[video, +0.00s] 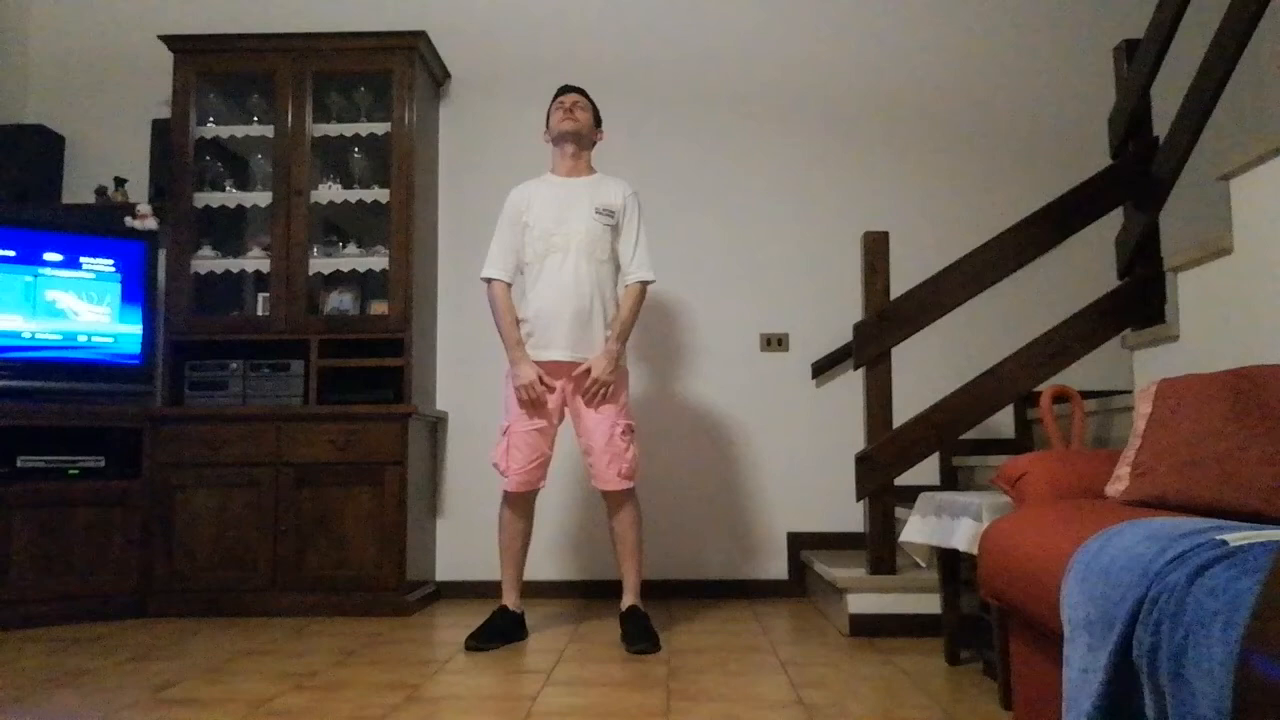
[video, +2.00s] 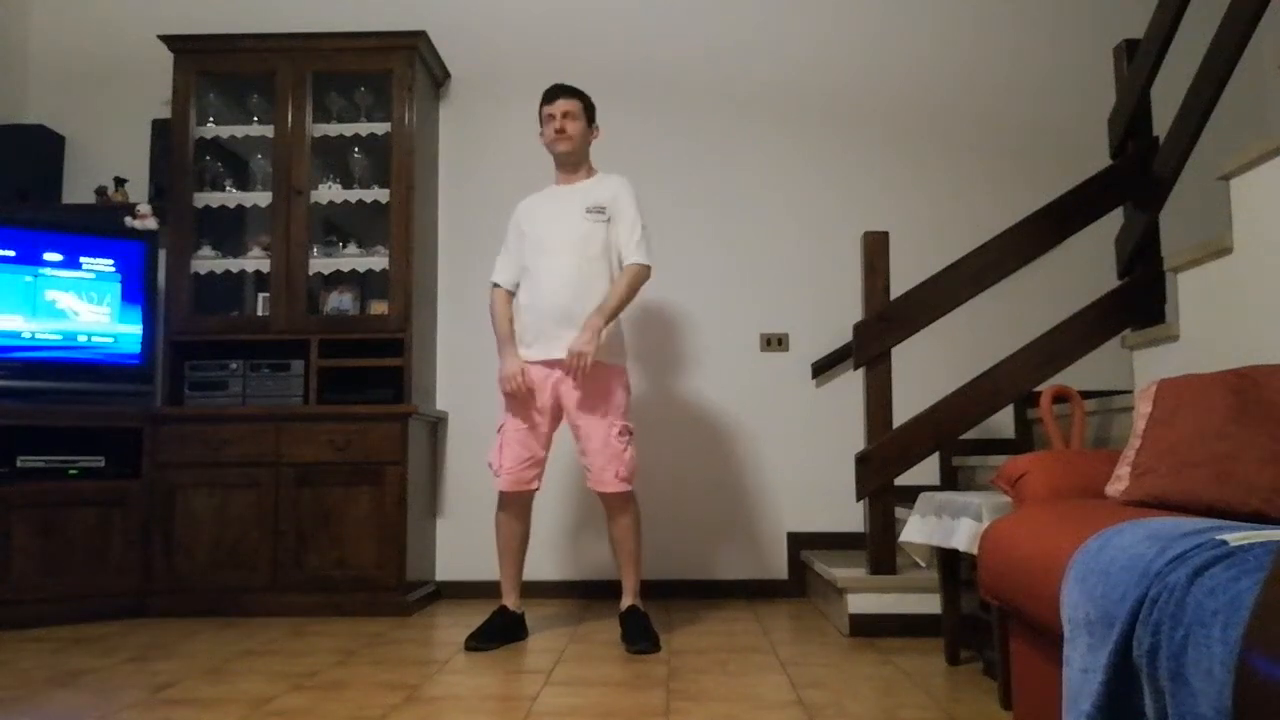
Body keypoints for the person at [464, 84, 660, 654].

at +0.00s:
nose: (567, 109)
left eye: (578, 106)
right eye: (559, 106)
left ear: (597, 132)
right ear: (546, 131)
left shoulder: (618, 194)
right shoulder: (522, 197)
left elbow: (637, 280)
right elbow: (497, 280)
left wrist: (613, 347)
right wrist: (517, 357)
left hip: (600, 365)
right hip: (533, 366)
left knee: (618, 484)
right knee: (517, 487)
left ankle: (632, 605)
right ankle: (509, 609)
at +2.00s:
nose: (558, 126)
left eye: (569, 118)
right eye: (549, 120)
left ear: (591, 131)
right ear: (541, 134)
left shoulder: (612, 190)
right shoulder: (527, 210)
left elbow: (638, 268)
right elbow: (500, 289)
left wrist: (595, 324)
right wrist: (507, 354)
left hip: (596, 365)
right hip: (530, 367)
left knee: (615, 486)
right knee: (512, 487)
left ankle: (632, 605)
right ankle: (509, 609)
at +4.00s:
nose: (607, 117)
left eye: (617, 114)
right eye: (596, 113)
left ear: (630, 138)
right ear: (579, 135)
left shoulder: (640, 210)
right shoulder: (554, 181)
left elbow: (645, 295)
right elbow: (499, 243)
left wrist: (616, 339)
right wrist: (496, 321)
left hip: (604, 369)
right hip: (538, 362)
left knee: (623, 485)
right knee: (507, 485)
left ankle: (632, 606)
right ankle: (505, 608)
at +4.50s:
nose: (525, 119)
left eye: (538, 113)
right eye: (521, 113)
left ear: (563, 131)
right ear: (514, 129)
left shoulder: (579, 174)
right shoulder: (503, 208)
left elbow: (627, 236)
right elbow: (489, 290)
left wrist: (585, 301)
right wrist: (489, 353)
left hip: (588, 366)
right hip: (524, 371)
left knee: (610, 485)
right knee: (498, 482)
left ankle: (632, 601)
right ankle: (505, 608)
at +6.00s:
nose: (558, 153)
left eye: (568, 142)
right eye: (548, 144)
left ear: (587, 140)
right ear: (535, 145)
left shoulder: (613, 195)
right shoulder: (531, 219)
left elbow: (637, 276)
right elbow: (503, 302)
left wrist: (603, 344)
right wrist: (503, 370)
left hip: (604, 368)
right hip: (537, 367)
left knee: (625, 489)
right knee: (498, 481)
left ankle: (637, 607)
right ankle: (509, 603)